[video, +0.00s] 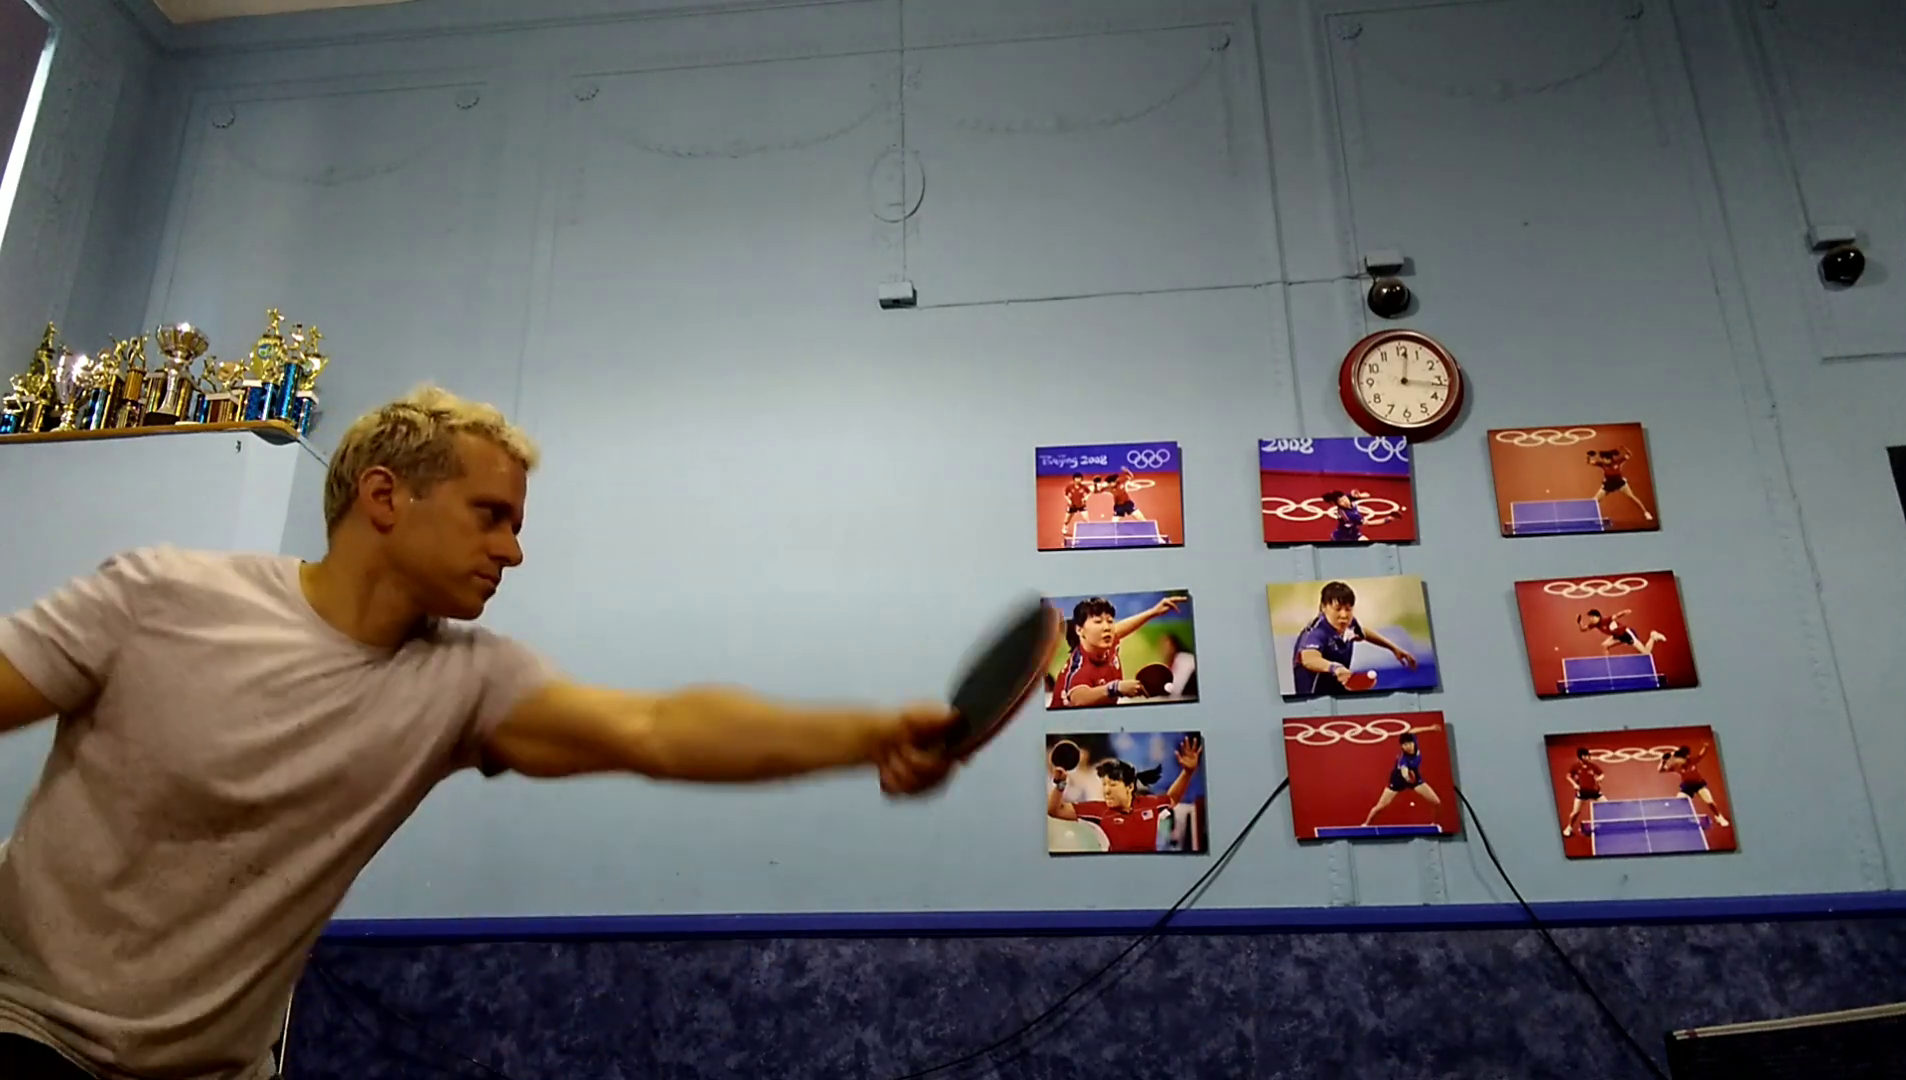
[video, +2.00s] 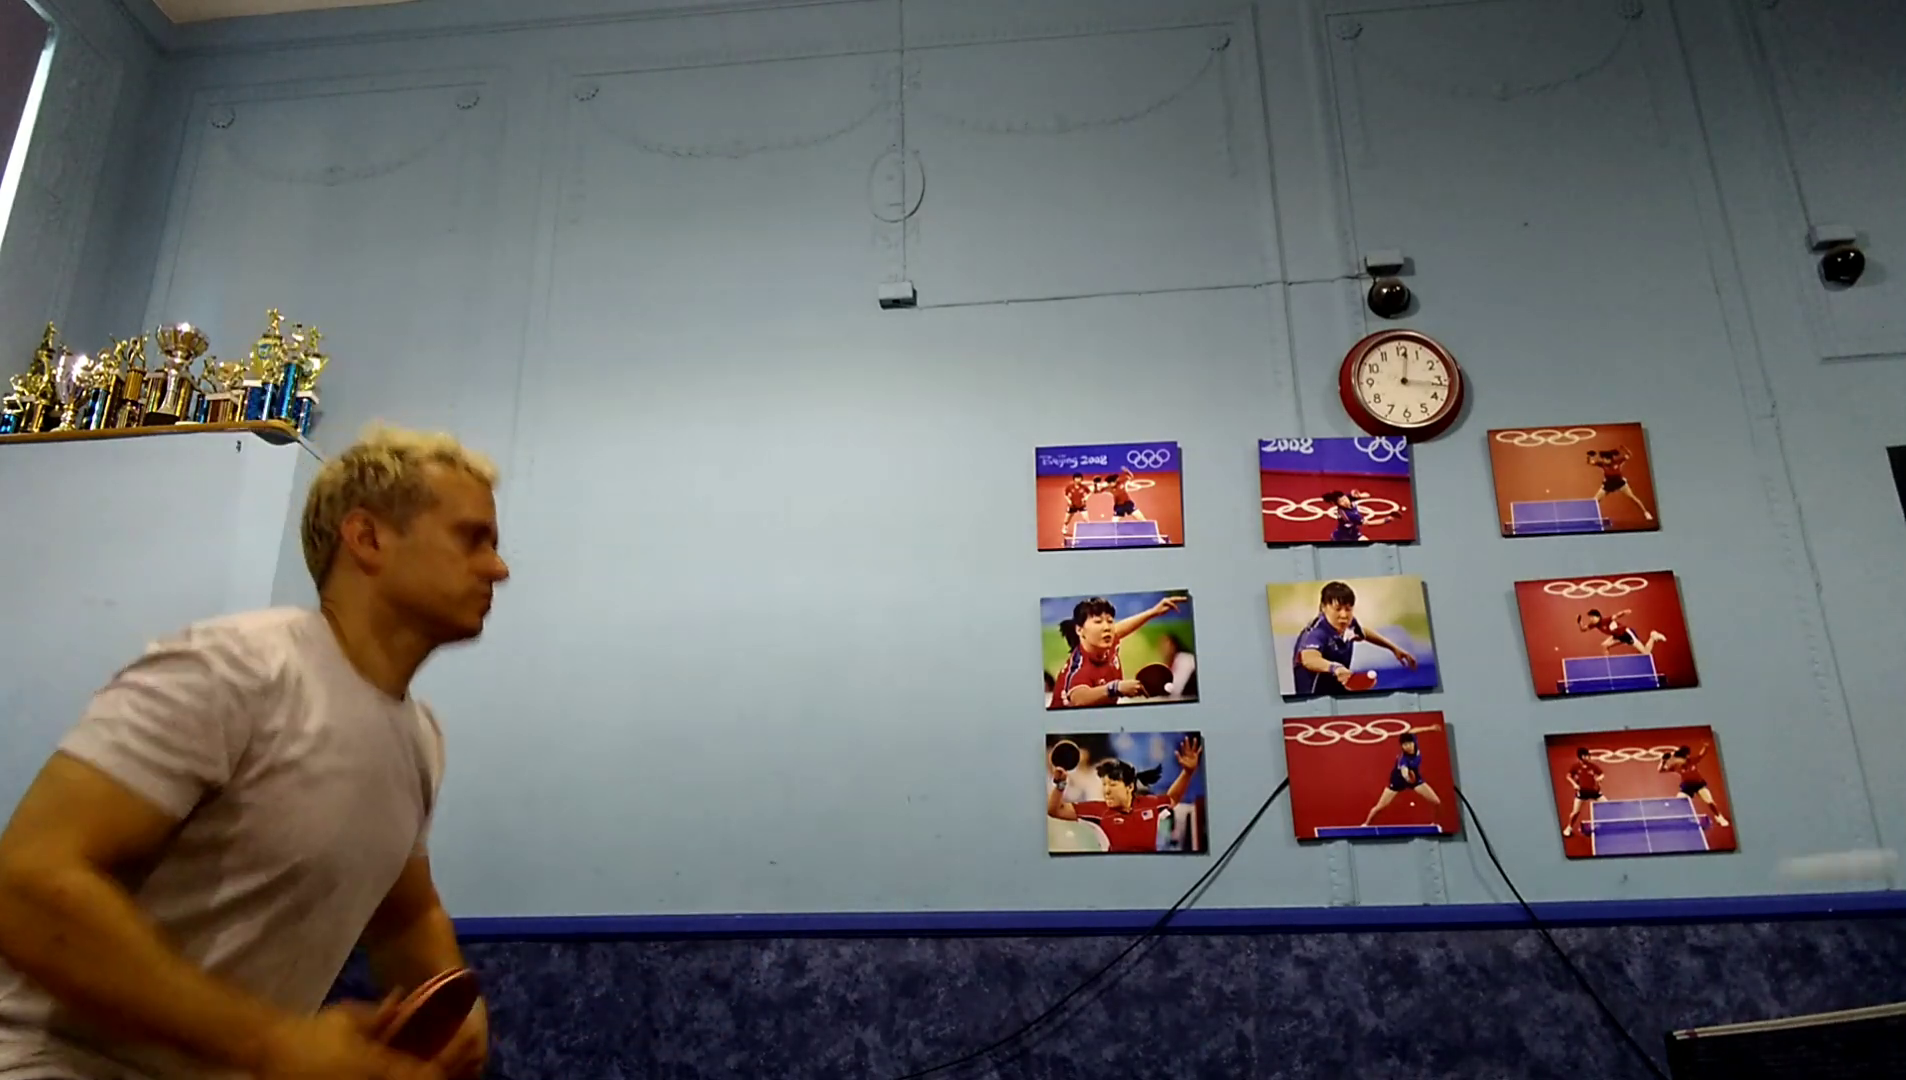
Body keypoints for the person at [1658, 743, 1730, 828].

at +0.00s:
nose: (1681, 761)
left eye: (1683, 759)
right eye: (1680, 760)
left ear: (1687, 757)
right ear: (1677, 758)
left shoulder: (1692, 761)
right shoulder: (1676, 766)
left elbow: (1700, 756)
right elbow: (1661, 770)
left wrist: (1705, 747)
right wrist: (1663, 761)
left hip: (1699, 784)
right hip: (1686, 786)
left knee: (1710, 802)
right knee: (1678, 803)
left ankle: (1718, 816)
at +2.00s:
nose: (1685, 759)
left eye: (1686, 756)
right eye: (1683, 757)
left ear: (1687, 756)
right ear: (1679, 757)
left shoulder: (1692, 760)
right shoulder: (1676, 765)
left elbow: (1701, 755)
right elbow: (1661, 770)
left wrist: (1705, 747)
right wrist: (1663, 760)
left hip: (1699, 784)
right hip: (1686, 786)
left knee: (1710, 802)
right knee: (1678, 803)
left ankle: (1718, 817)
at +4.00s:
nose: (1686, 760)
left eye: (1687, 758)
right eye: (1683, 759)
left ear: (1688, 757)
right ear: (1678, 759)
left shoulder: (1693, 761)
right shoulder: (1676, 766)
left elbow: (1701, 755)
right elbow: (1660, 771)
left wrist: (1705, 747)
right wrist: (1663, 761)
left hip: (1699, 784)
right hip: (1687, 785)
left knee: (1710, 802)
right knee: (1679, 802)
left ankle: (1718, 816)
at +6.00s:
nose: (1679, 762)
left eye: (1680, 760)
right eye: (1677, 760)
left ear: (1686, 757)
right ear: (1676, 759)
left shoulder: (1693, 761)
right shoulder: (1676, 766)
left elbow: (1701, 755)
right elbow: (1661, 771)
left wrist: (1705, 747)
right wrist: (1663, 761)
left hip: (1699, 784)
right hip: (1686, 785)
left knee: (1710, 802)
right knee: (1679, 802)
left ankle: (1718, 816)